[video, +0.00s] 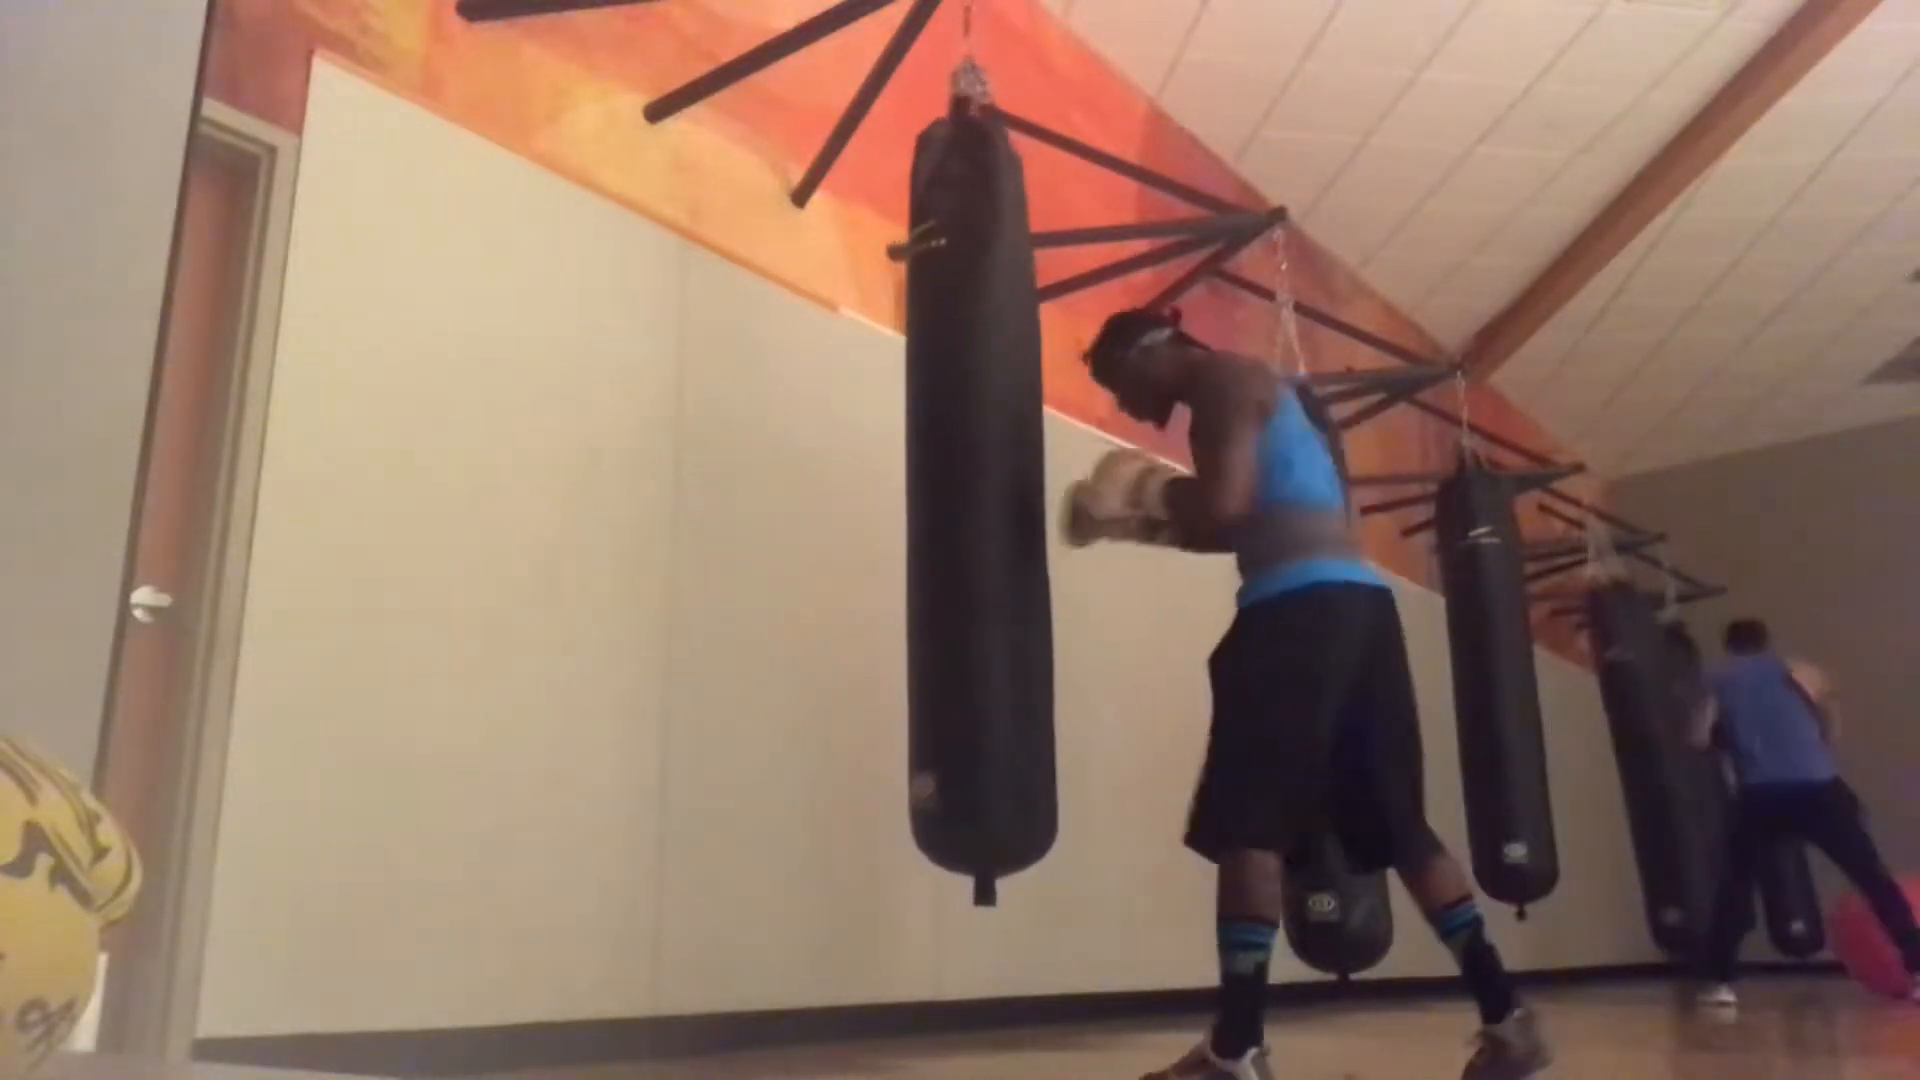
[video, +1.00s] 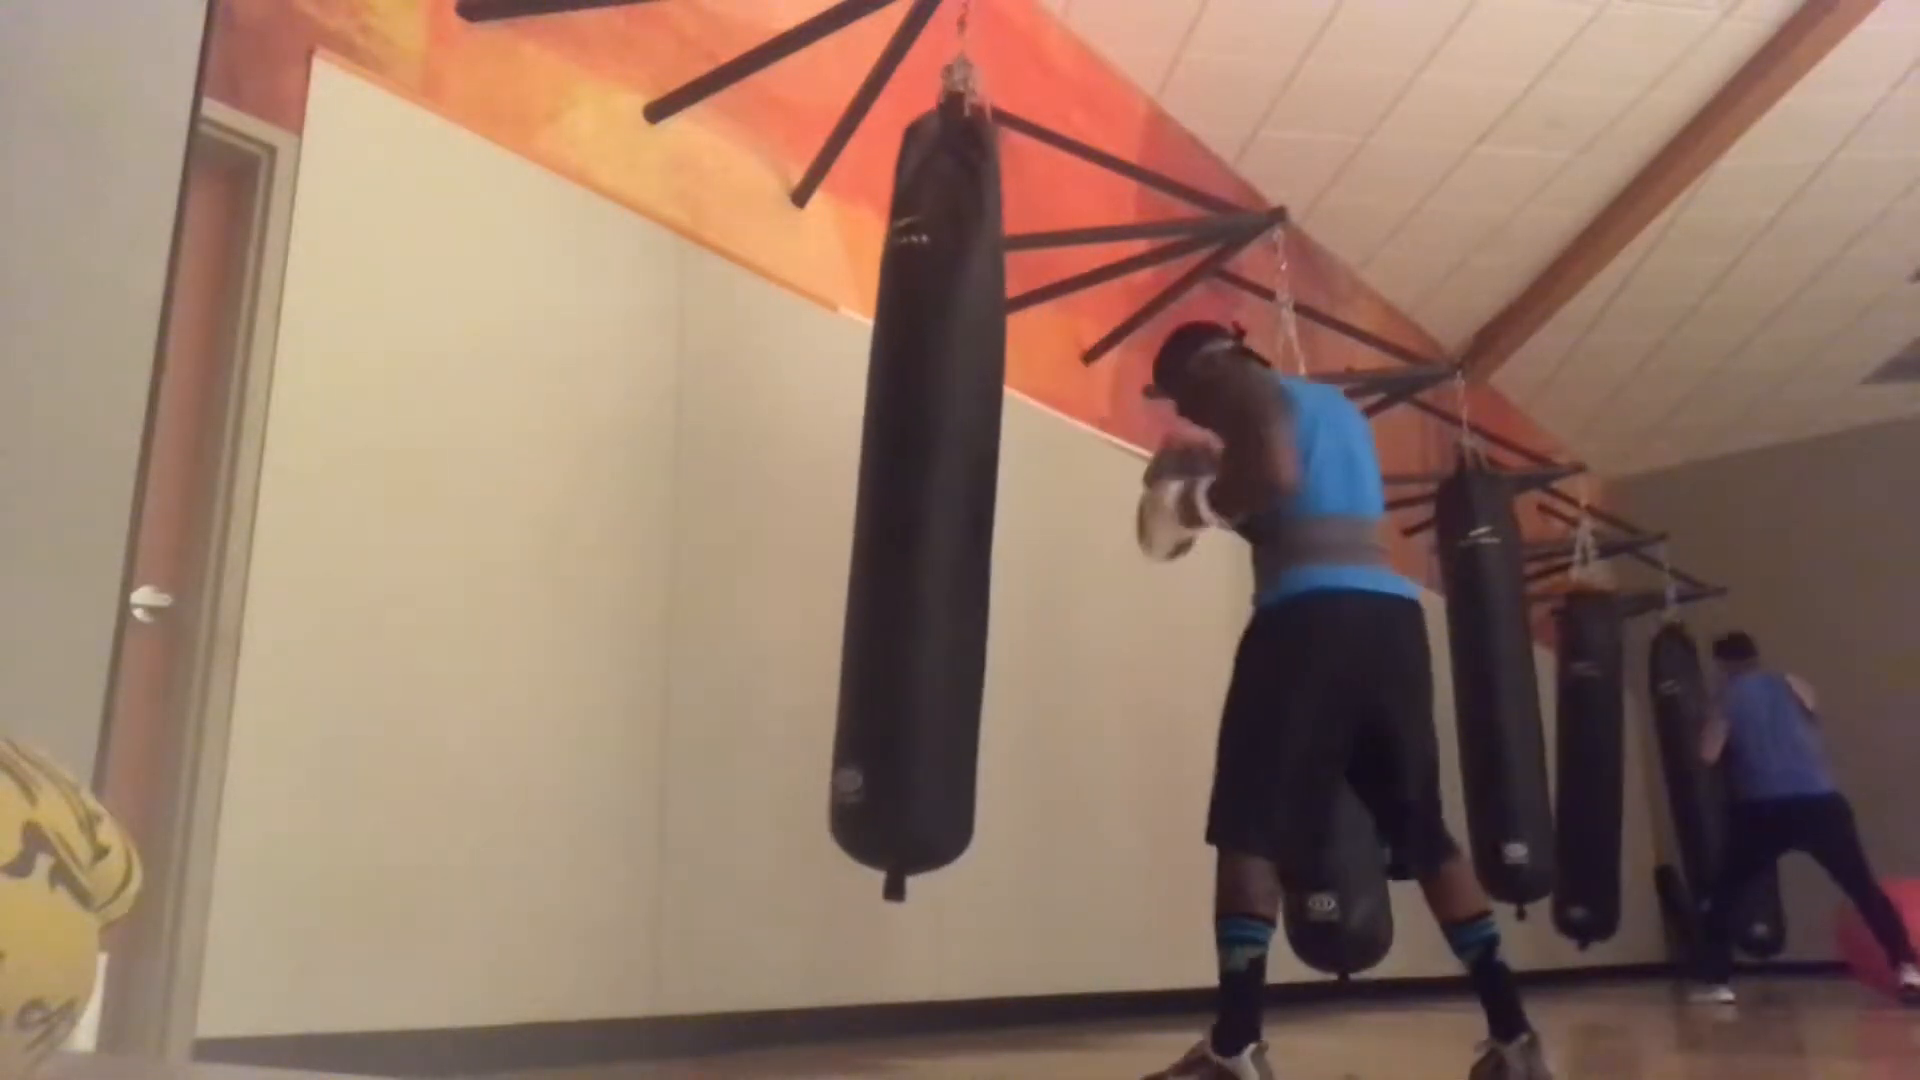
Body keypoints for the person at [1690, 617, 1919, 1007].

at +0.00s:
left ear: (1728, 648)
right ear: (1766, 643)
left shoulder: (1720, 681)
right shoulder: (1793, 668)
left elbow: (1699, 738)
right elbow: (1824, 703)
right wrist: (1826, 742)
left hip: (1761, 797)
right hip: (1820, 790)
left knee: (1736, 884)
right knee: (1872, 877)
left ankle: (1720, 979)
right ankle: (1916, 963)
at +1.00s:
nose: (1724, 669)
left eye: (1722, 664)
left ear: (1722, 664)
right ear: (1756, 657)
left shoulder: (1727, 698)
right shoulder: (1788, 683)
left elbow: (1709, 752)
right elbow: (1813, 714)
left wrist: (1718, 711)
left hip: (1764, 810)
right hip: (1819, 804)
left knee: (1726, 891)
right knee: (1862, 886)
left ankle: (1718, 980)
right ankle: (1906, 963)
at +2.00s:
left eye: (1727, 649)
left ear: (1720, 651)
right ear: (1755, 645)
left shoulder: (1712, 686)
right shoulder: (1781, 672)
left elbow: (1667, 701)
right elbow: (1806, 695)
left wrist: (1634, 702)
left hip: (1763, 792)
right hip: (1817, 783)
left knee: (1738, 878)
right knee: (1863, 867)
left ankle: (1715, 970)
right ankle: (1894, 955)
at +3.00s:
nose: (1739, 656)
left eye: (1737, 650)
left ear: (1733, 651)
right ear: (1769, 639)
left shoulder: (1729, 692)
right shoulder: (1804, 666)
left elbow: (1721, 756)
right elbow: (1830, 706)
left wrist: (1758, 763)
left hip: (1782, 798)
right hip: (1839, 790)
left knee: (1769, 887)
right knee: (1886, 880)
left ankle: (1759, 982)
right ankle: (1914, 974)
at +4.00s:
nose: (1751, 665)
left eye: (1747, 660)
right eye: (1754, 658)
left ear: (1745, 659)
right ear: (1782, 646)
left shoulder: (1749, 693)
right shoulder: (1824, 671)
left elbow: (1719, 733)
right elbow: (1849, 705)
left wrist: (1720, 697)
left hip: (1806, 804)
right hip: (1864, 797)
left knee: (1788, 892)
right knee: (1911, 877)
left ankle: (1772, 981)